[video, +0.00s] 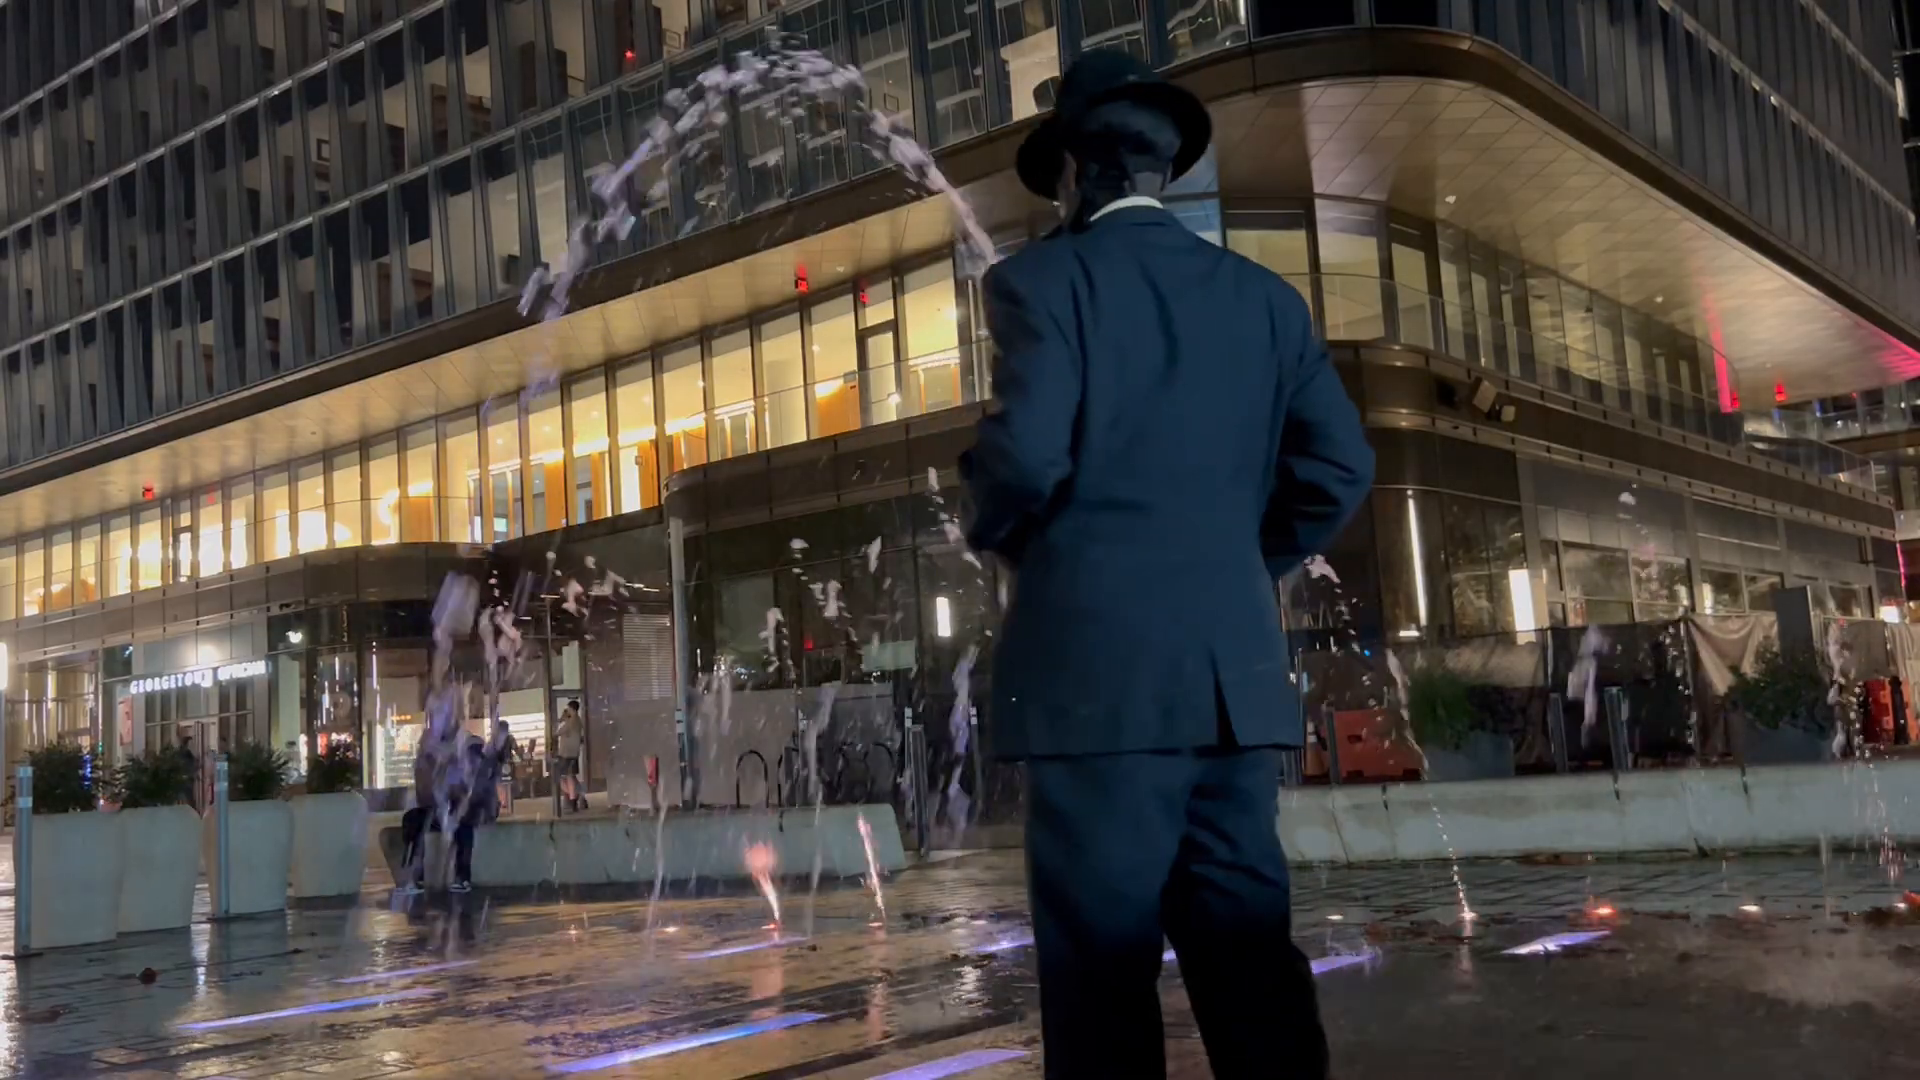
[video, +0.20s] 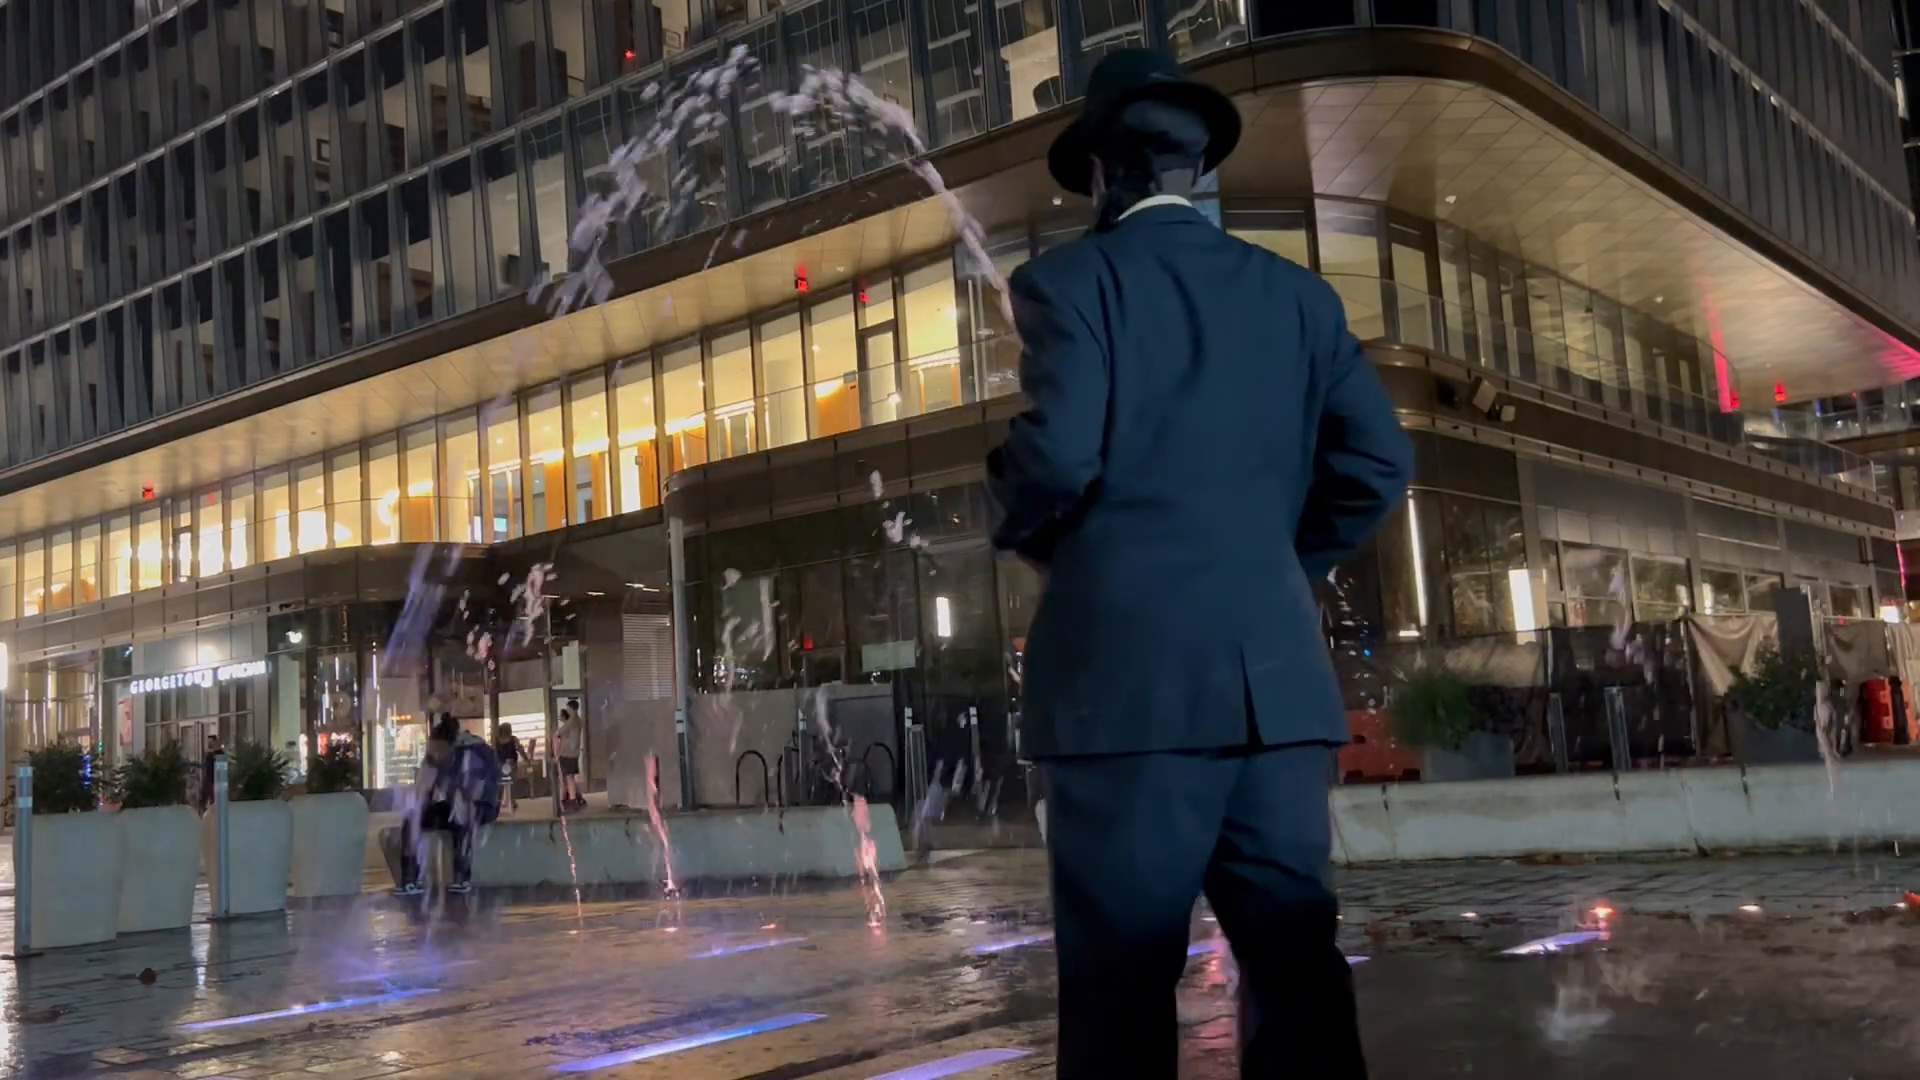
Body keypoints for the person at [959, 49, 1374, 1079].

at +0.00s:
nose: (1061, 188)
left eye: (1061, 168)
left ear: (1073, 176)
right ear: (1175, 173)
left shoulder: (1041, 278)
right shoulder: (1267, 295)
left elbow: (1028, 457)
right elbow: (1341, 465)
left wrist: (981, 517)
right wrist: (1248, 557)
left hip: (1100, 680)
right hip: (1240, 671)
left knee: (1098, 989)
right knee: (1251, 970)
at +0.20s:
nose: (1086, 195)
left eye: (1088, 175)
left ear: (1102, 179)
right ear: (1209, 179)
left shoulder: (1069, 277)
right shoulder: (1302, 292)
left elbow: (1060, 453)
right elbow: (1378, 462)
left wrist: (1007, 514)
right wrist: (1285, 559)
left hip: (1128, 694)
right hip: (1283, 688)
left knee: (1116, 1003)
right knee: (1301, 990)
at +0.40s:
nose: (1092, 203)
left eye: (1094, 183)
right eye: (1094, 183)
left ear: (1111, 184)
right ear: (1213, 184)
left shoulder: (1076, 288)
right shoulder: (1317, 298)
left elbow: (1062, 470)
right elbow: (1422, 449)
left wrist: (1041, 539)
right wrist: (1338, 570)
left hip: (1142, 701)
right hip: (1305, 699)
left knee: (1134, 1007)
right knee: (1315, 1016)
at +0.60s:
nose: (1045, 223)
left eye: (1050, 198)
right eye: (1044, 202)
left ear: (1089, 185)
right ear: (1171, 186)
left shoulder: (1052, 288)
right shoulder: (1288, 281)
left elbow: (1022, 451)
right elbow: (1409, 403)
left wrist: (1046, 543)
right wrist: (1324, 524)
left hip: (1148, 648)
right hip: (1316, 636)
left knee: (1124, 977)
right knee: (1320, 965)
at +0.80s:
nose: (991, 267)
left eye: (994, 244)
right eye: (991, 246)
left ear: (1021, 239)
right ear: (1093, 240)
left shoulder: (1033, 331)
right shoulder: (1159, 349)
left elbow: (1092, 487)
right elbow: (1231, 518)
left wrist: (995, 588)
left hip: (1144, 705)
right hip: (1255, 688)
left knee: (1054, 979)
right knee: (1296, 956)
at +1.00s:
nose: (952, 218)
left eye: (954, 194)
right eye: (951, 197)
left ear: (986, 188)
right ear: (1048, 186)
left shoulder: (1008, 277)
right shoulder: (1100, 288)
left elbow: (1035, 469)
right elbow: (1135, 488)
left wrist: (941, 573)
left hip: (1063, 663)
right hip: (1123, 650)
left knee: (994, 939)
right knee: (1018, 931)